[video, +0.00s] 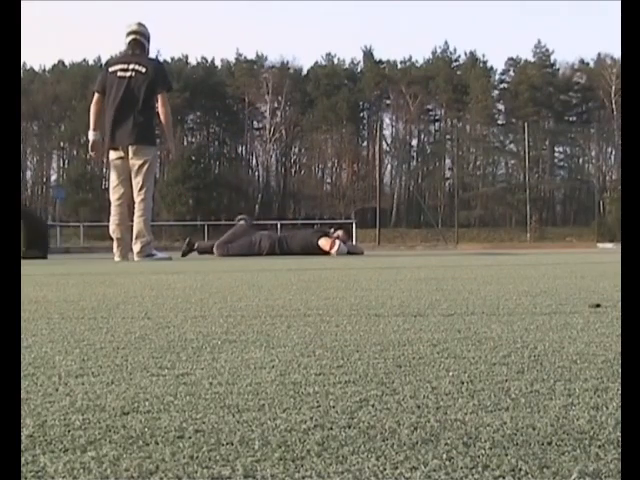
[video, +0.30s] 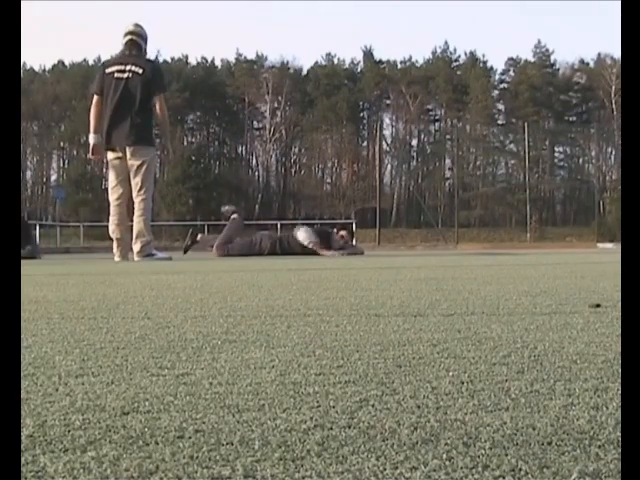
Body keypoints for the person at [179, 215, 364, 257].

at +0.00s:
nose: (338, 241)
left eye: (341, 240)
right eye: (339, 239)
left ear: (338, 239)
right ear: (334, 236)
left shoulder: (326, 240)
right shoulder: (320, 237)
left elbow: (358, 250)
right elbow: (335, 248)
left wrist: (343, 246)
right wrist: (353, 248)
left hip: (269, 242)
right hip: (266, 242)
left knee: (228, 247)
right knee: (220, 250)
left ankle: (194, 245)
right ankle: (242, 223)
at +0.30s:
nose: (342, 242)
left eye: (345, 241)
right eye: (342, 238)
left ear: (345, 241)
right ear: (337, 233)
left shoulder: (329, 242)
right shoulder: (313, 234)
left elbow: (359, 251)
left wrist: (344, 249)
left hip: (271, 247)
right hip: (266, 242)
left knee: (231, 245)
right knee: (221, 250)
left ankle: (199, 239)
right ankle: (236, 218)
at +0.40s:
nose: (343, 238)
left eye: (344, 238)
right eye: (342, 236)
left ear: (341, 239)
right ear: (336, 234)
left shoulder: (329, 242)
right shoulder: (322, 238)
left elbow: (355, 249)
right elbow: (290, 225)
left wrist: (350, 248)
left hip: (275, 244)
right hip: (270, 242)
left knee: (236, 244)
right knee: (221, 250)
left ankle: (200, 236)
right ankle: (236, 217)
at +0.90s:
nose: (334, 243)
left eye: (338, 242)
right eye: (336, 239)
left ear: (339, 240)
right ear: (333, 231)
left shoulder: (328, 240)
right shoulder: (315, 226)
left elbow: (359, 250)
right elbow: (284, 227)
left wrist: (345, 250)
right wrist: (292, 249)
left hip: (270, 248)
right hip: (265, 239)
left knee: (226, 248)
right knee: (220, 249)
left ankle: (196, 236)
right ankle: (238, 219)